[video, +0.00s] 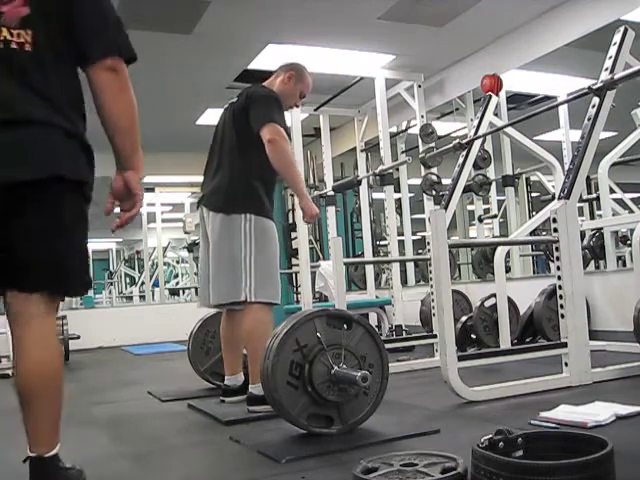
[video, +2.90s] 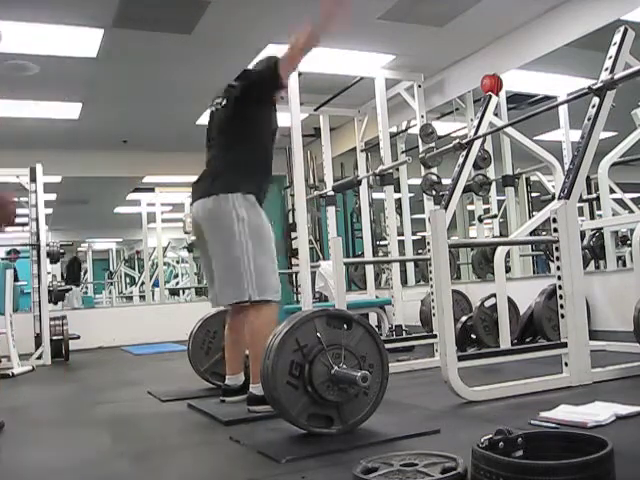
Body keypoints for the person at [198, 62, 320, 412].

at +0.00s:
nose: (298, 103)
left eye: (303, 99)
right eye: (301, 94)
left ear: (277, 76)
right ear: (285, 77)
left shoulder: (237, 104)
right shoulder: (263, 95)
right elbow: (272, 137)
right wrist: (303, 196)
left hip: (220, 207)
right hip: (245, 208)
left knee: (234, 302)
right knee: (259, 301)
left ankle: (233, 383)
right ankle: (260, 389)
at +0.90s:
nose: (272, 76)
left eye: (272, 69)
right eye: (270, 68)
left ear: (239, 66)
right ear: (256, 62)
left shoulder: (220, 103)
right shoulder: (250, 94)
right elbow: (284, 132)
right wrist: (340, 148)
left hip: (222, 210)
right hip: (249, 210)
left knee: (234, 300)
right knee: (262, 298)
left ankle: (233, 382)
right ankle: (260, 389)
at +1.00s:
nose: (259, 69)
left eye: (258, 63)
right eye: (257, 62)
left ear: (225, 64)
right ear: (242, 61)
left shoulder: (209, 104)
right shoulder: (244, 93)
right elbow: (301, 98)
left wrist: (290, 108)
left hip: (224, 211)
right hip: (255, 209)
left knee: (238, 302)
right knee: (266, 299)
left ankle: (233, 382)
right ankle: (260, 390)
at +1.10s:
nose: (253, 68)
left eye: (252, 63)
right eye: (250, 61)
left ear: (219, 66)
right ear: (235, 60)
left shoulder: (208, 102)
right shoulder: (238, 90)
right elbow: (292, 66)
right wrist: (330, 28)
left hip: (227, 208)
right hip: (254, 204)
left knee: (245, 299)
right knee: (266, 299)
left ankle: (233, 383)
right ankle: (259, 389)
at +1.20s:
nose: (255, 64)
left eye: (254, 60)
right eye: (251, 60)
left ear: (219, 66)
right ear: (239, 61)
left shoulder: (207, 102)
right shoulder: (240, 87)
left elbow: (240, 72)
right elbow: (286, 32)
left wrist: (253, 44)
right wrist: (297, 6)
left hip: (231, 205)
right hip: (257, 199)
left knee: (247, 296)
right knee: (267, 297)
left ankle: (234, 382)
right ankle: (260, 389)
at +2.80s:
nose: (268, 66)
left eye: (264, 61)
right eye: (265, 61)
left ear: (233, 65)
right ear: (255, 64)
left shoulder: (217, 91)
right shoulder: (247, 79)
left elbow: (239, 56)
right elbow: (277, 25)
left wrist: (248, 30)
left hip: (222, 197)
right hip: (249, 193)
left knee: (237, 301)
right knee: (262, 298)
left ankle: (234, 383)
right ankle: (261, 388)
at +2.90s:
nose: (281, 93)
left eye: (281, 89)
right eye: (281, 85)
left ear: (251, 80)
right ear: (269, 77)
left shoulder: (223, 108)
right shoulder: (253, 84)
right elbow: (294, 53)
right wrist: (321, 22)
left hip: (206, 203)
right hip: (233, 199)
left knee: (238, 303)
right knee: (263, 298)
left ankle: (234, 383)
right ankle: (260, 388)